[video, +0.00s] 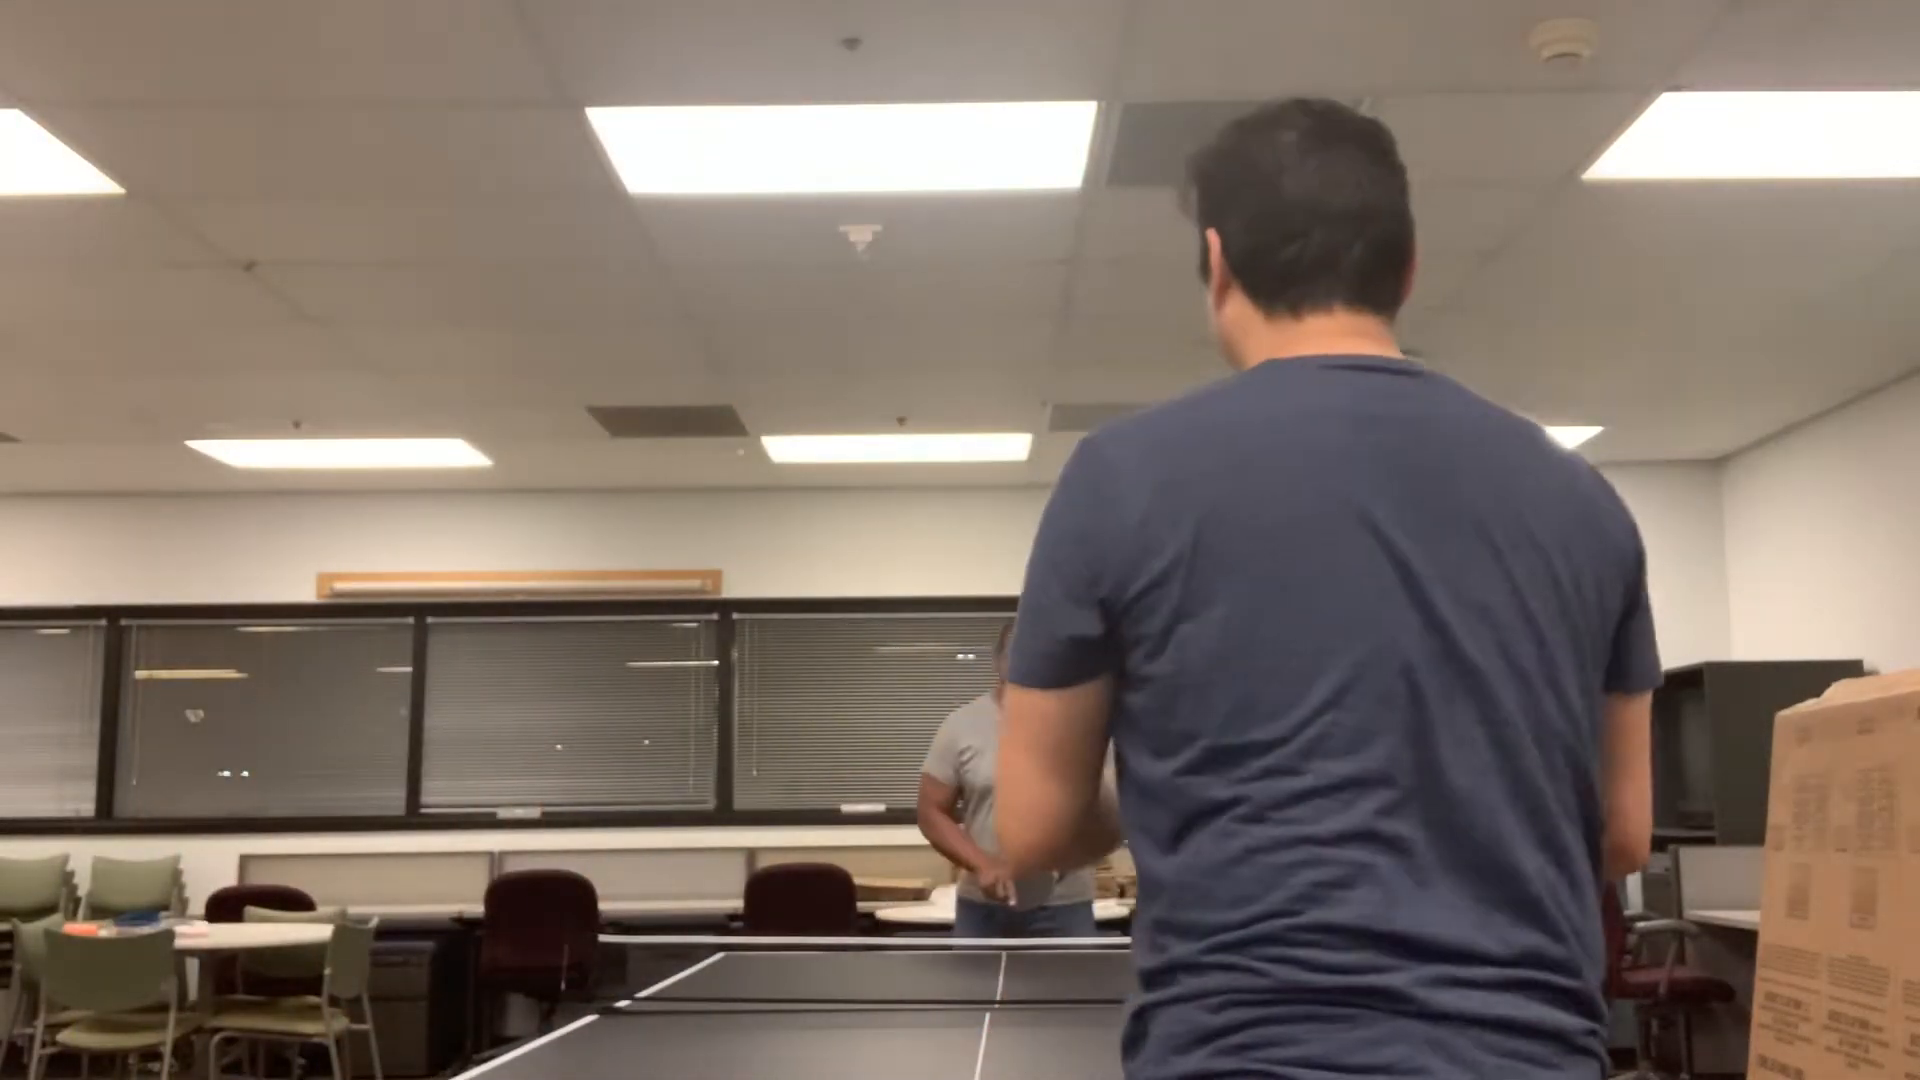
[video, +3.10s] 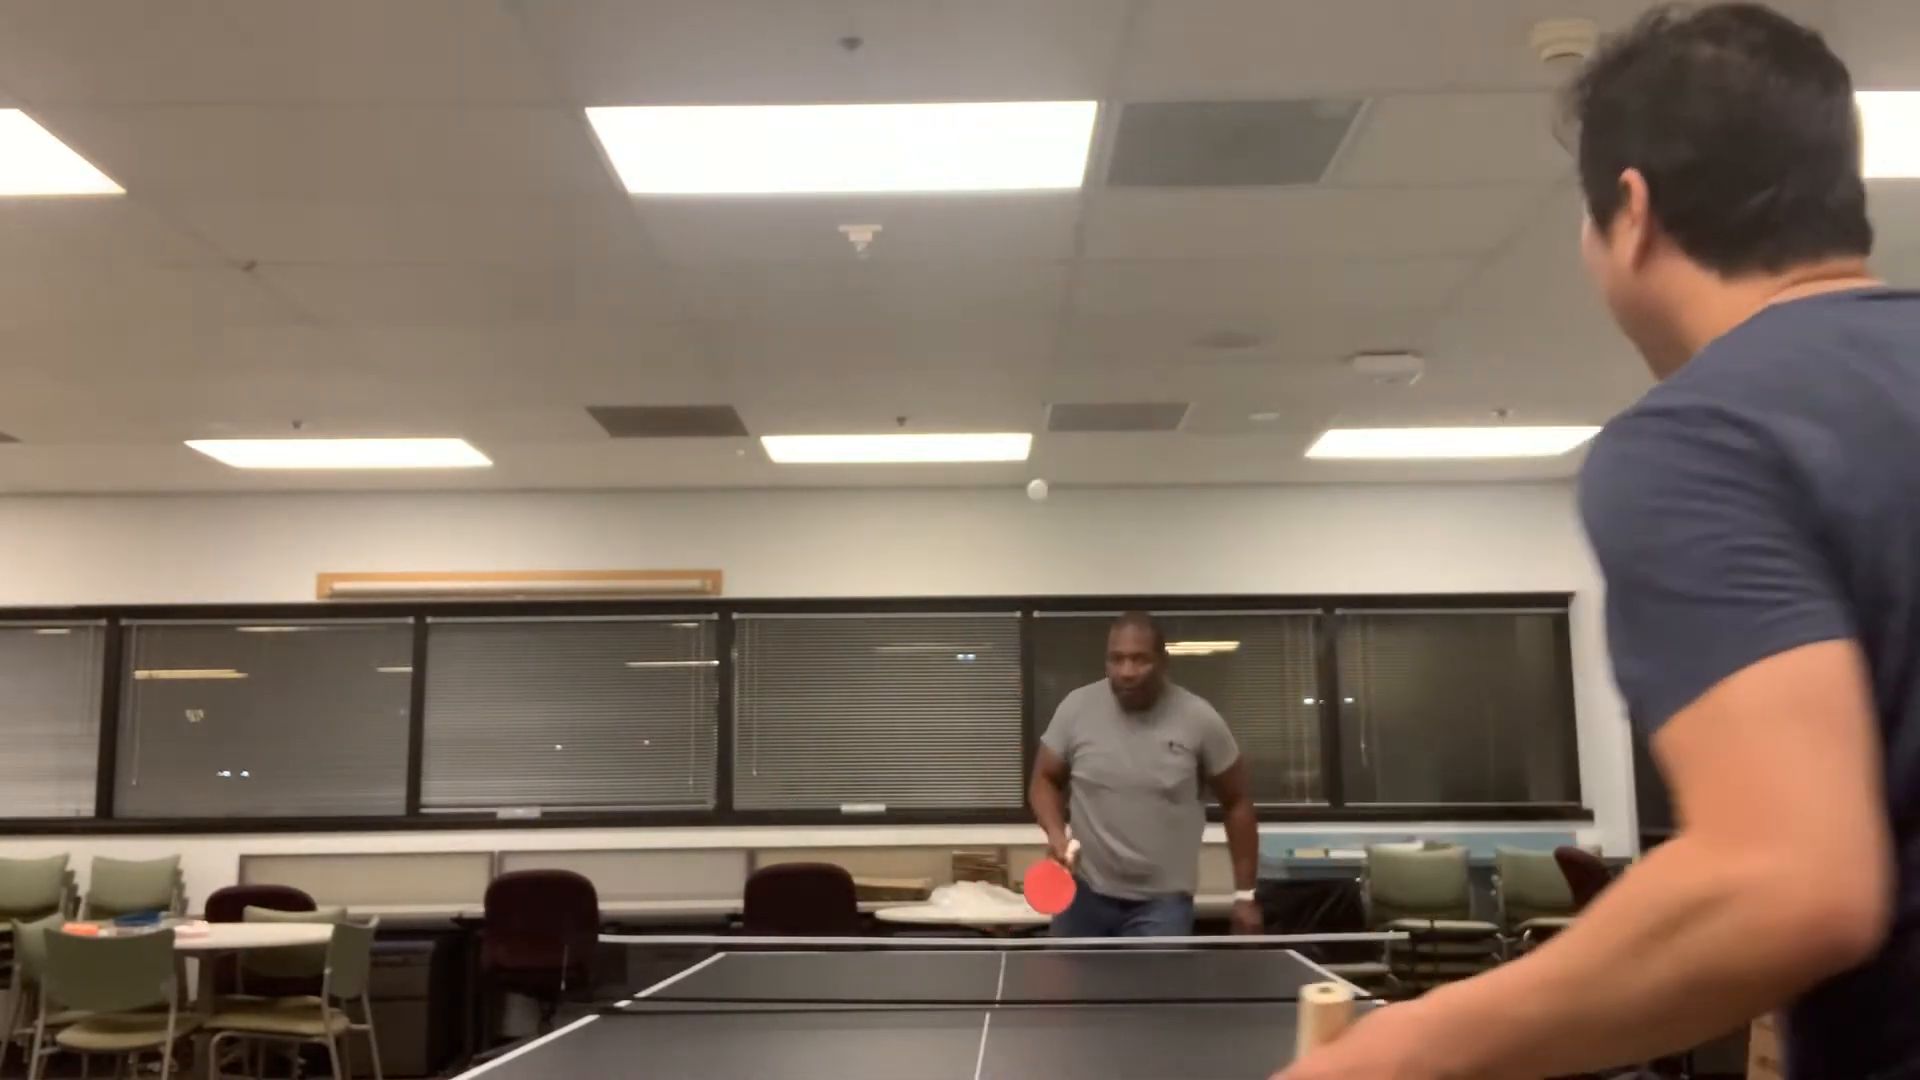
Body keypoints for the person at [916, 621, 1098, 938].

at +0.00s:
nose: (1024, 667)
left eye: (1035, 657)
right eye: (1016, 655)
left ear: (1054, 662)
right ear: (998, 661)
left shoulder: (1078, 726)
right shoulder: (964, 725)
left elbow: (1111, 816)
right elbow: (931, 813)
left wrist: (1060, 854)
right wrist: (983, 864)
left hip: (1064, 909)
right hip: (983, 911)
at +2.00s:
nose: (1031, 669)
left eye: (1042, 658)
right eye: (1020, 659)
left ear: (1062, 663)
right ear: (1007, 665)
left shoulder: (1094, 719)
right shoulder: (985, 726)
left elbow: (1140, 797)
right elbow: (960, 805)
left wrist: (1075, 835)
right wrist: (992, 848)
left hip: (1088, 903)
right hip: (1009, 902)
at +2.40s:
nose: (1036, 692)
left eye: (1048, 679)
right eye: (1025, 680)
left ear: (1067, 679)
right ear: (1012, 682)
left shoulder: (1109, 732)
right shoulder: (993, 736)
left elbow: (1159, 811)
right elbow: (974, 805)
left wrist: (1123, 876)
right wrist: (990, 852)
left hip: (1093, 918)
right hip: (1020, 917)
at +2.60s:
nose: (1070, 694)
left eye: (1084, 683)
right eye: (1062, 682)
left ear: (1109, 679)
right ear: (1054, 678)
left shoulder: (1154, 720)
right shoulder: (1033, 719)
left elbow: (1182, 794)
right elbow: (1010, 790)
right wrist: (1011, 848)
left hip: (1134, 900)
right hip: (1061, 900)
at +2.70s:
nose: (1084, 696)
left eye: (1097, 685)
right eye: (1077, 683)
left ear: (1126, 676)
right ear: (1070, 673)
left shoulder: (1176, 710)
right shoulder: (1056, 701)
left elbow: (1212, 782)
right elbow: (1026, 772)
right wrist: (1014, 822)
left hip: (1150, 884)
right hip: (1076, 884)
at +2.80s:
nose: (1101, 688)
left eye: (1115, 678)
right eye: (1094, 675)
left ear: (1143, 671)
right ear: (1088, 666)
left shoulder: (1186, 701)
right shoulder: (1071, 691)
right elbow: (1034, 758)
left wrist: (1253, 839)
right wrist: (1027, 800)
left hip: (1161, 880)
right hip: (1086, 877)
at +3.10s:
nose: (1126, 671)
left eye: (1139, 660)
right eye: (1117, 659)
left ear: (1162, 661)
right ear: (1106, 661)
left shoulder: (1198, 719)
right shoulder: (1077, 708)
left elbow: (1237, 803)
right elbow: (1045, 781)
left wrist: (1245, 895)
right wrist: (1057, 835)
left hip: (1162, 900)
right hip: (1086, 894)